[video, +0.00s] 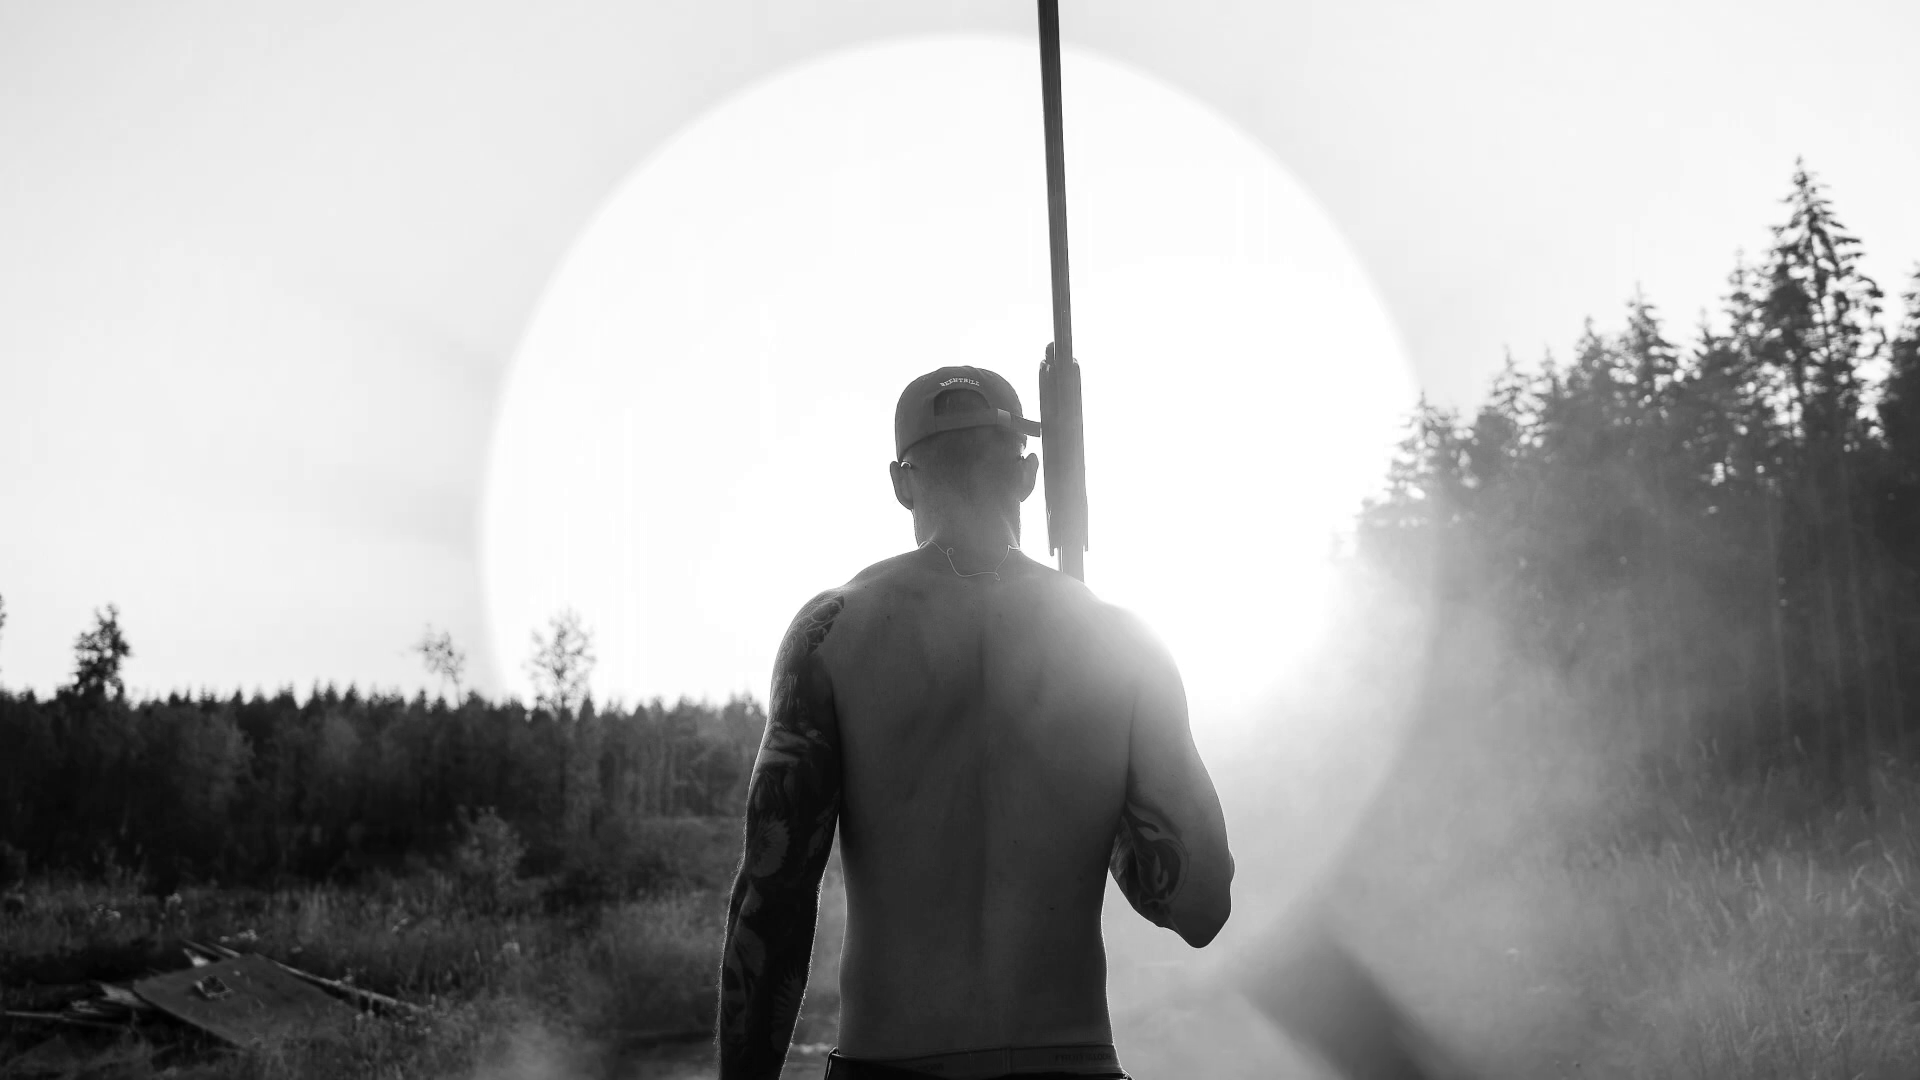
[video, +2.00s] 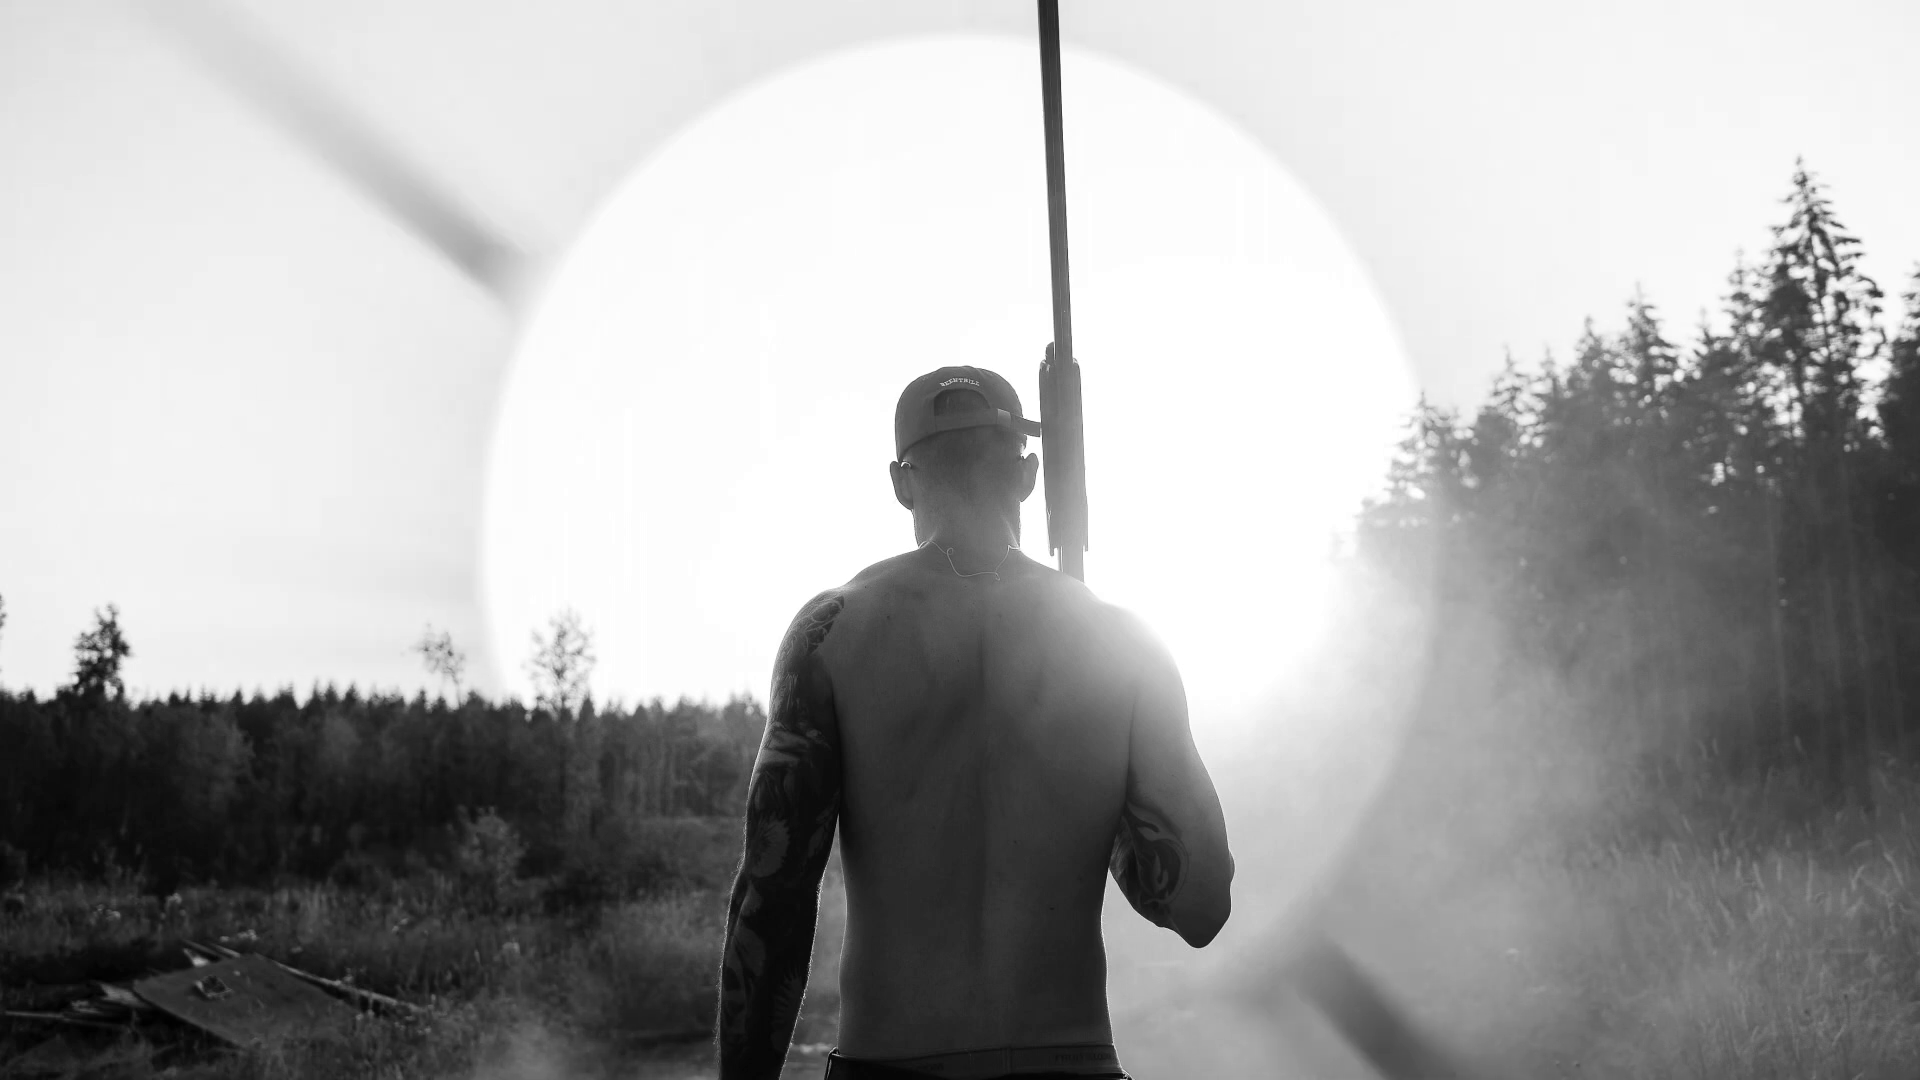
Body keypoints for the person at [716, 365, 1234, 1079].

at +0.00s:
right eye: (1018, 451)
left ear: (902, 484)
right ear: (1028, 476)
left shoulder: (832, 630)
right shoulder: (1122, 641)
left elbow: (773, 886)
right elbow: (1201, 904)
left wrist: (748, 1063)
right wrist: (1100, 803)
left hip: (885, 1045)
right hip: (1066, 1045)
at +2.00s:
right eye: (1018, 452)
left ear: (902, 484)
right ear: (1027, 476)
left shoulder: (832, 630)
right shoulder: (1121, 641)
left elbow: (773, 886)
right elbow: (1201, 904)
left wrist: (748, 1063)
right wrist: (1101, 803)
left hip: (885, 1045)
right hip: (1066, 1045)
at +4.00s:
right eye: (1018, 452)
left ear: (902, 484)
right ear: (1027, 476)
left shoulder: (832, 630)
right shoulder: (1121, 641)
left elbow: (773, 886)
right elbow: (1201, 904)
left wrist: (748, 1063)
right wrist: (1101, 804)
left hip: (885, 1045)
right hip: (1066, 1045)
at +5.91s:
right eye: (1015, 448)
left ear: (903, 486)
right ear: (1028, 477)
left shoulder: (831, 630)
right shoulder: (1121, 641)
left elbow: (773, 886)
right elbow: (1201, 905)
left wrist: (747, 1062)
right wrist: (1101, 800)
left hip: (886, 1046)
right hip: (1068, 1046)